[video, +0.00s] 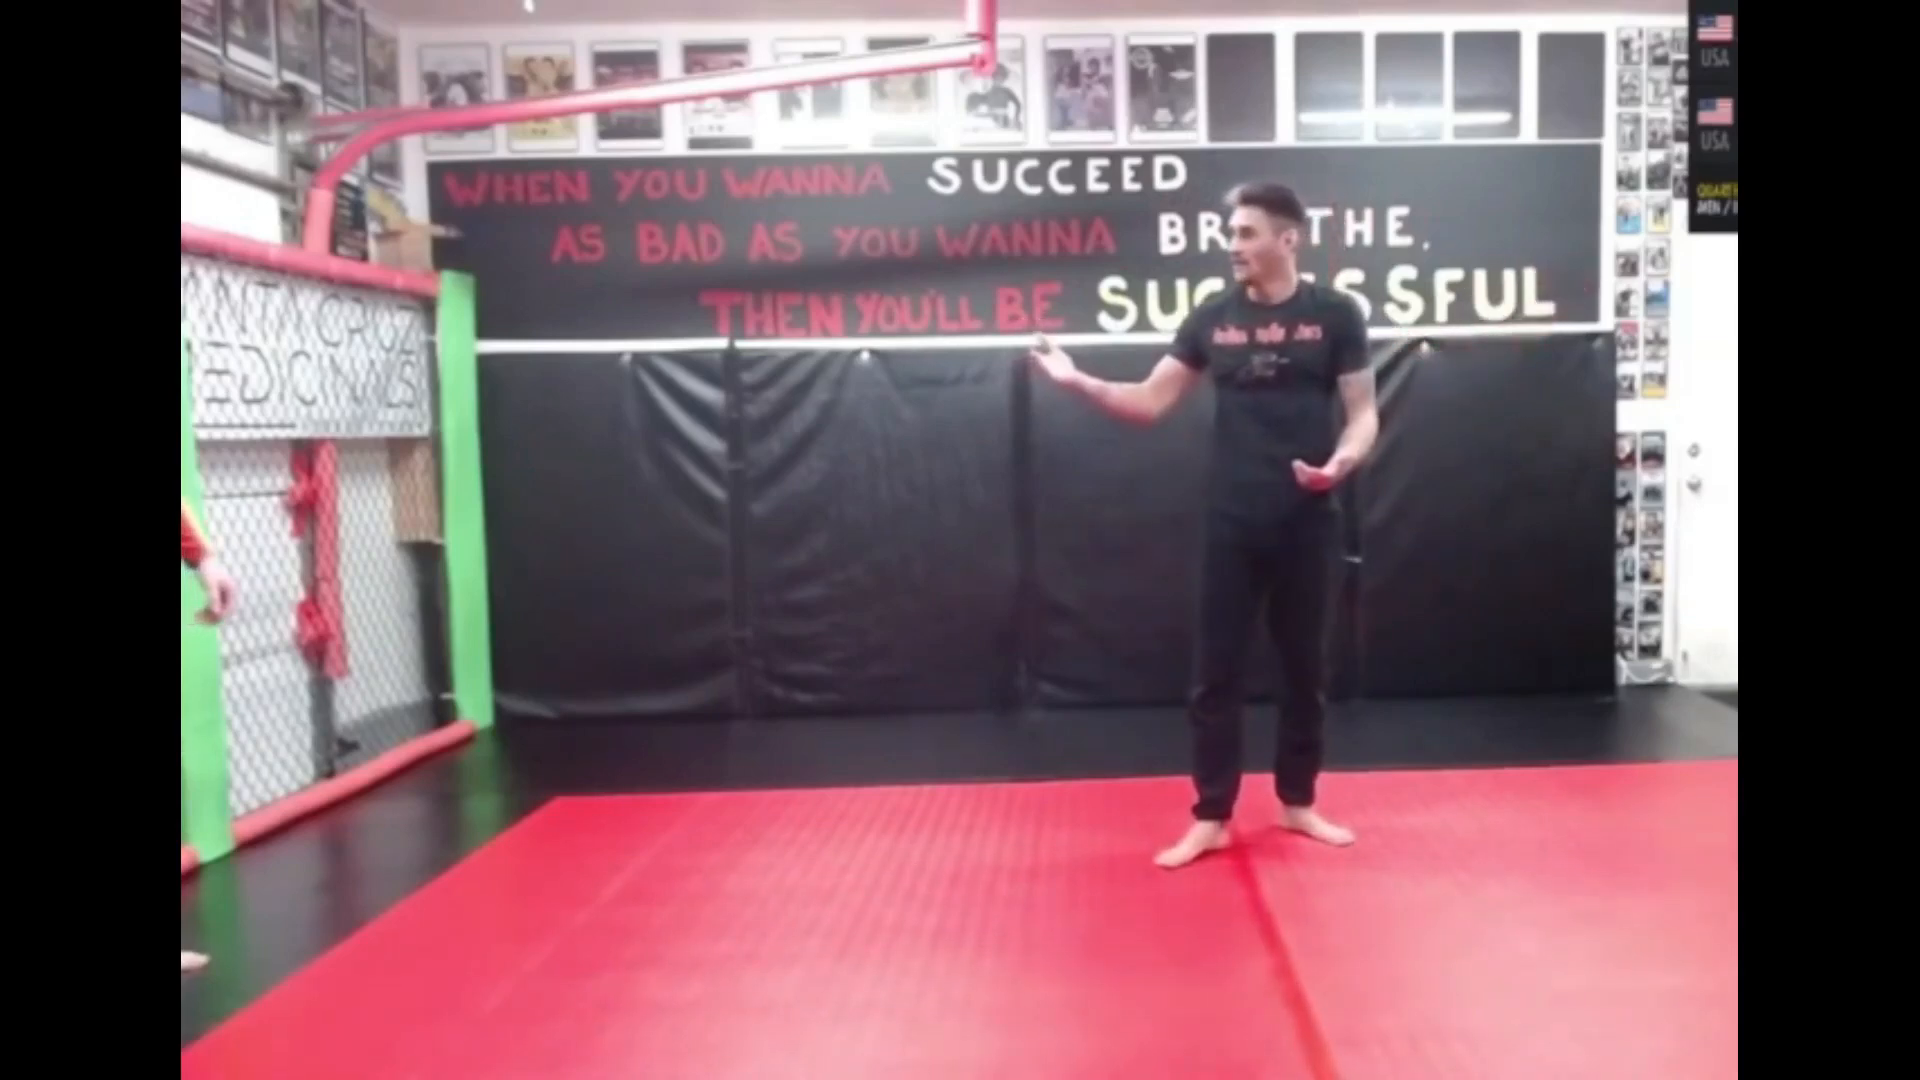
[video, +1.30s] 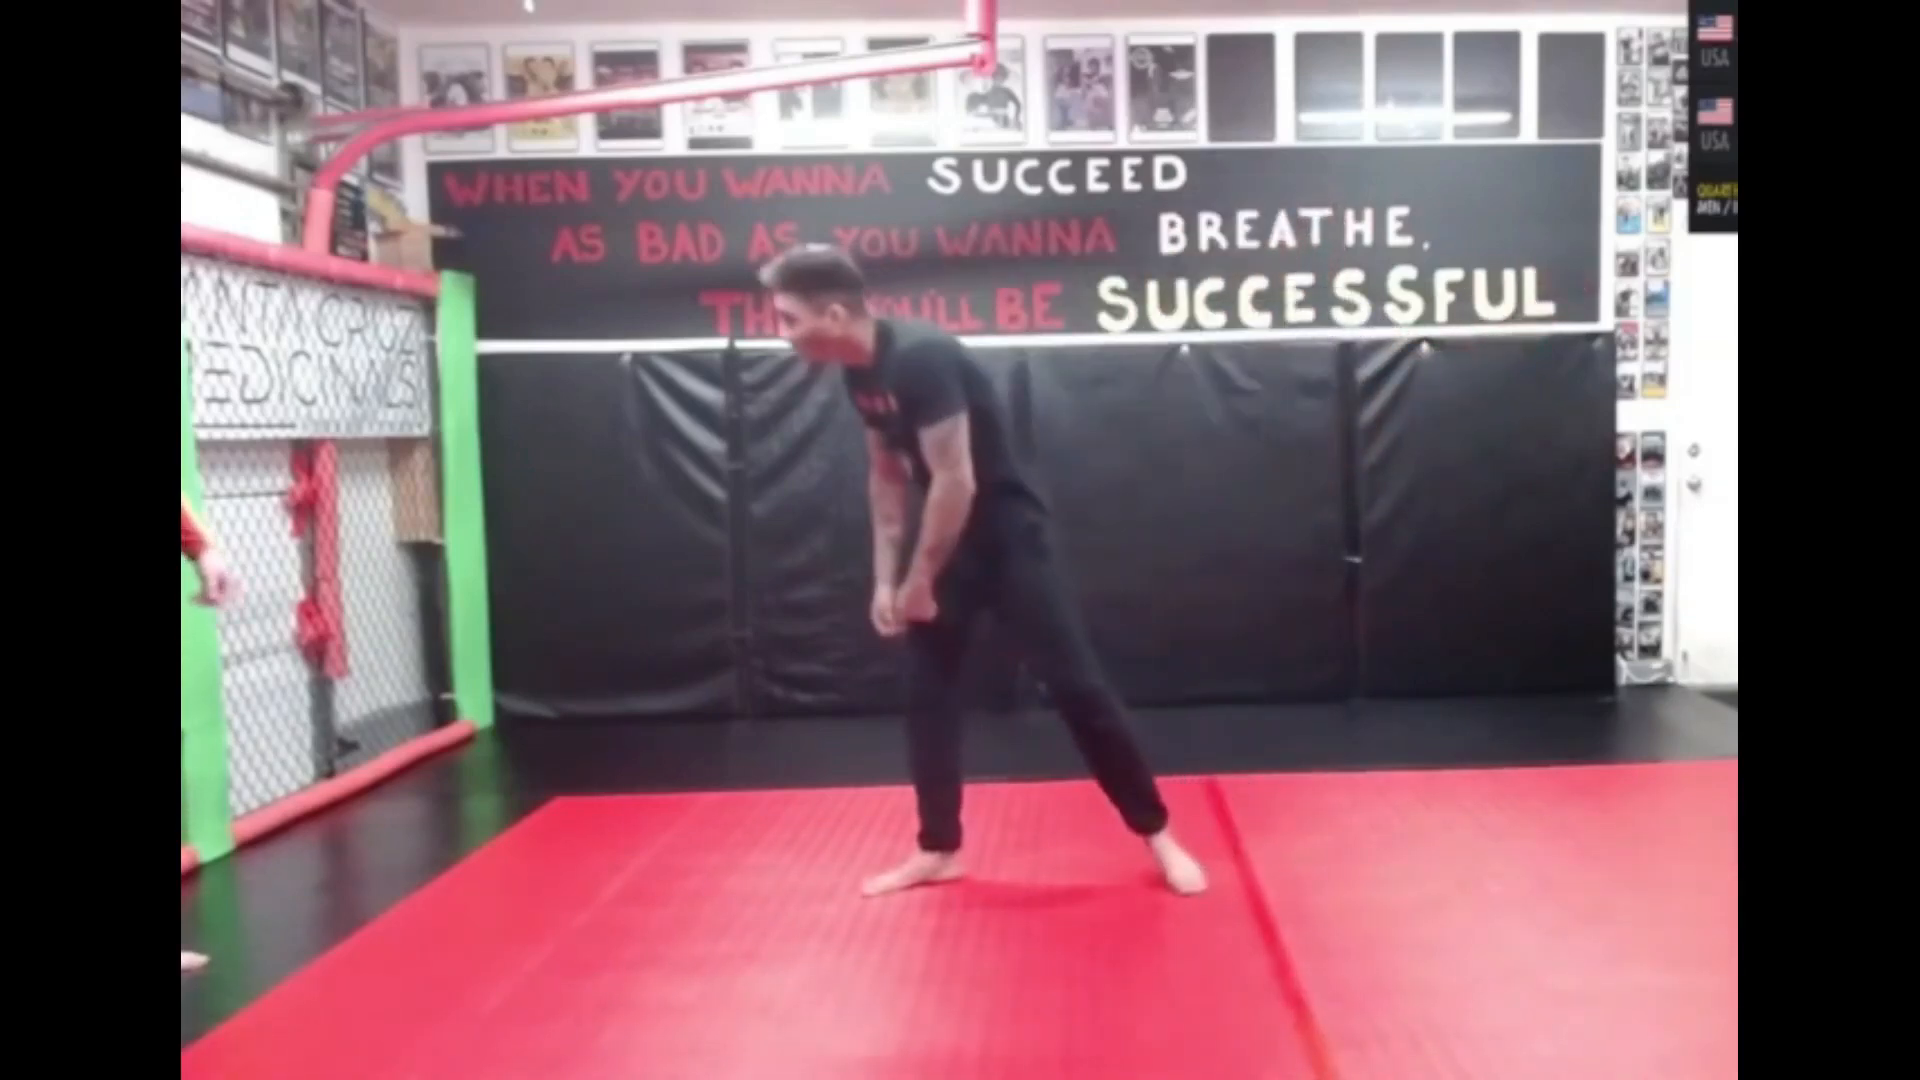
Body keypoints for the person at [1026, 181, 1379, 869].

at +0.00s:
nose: (1235, 245)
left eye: (1248, 233)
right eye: (1232, 234)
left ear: (1290, 238)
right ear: (1232, 240)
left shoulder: (1335, 315)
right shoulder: (1215, 317)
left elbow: (1363, 415)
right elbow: (1150, 400)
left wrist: (1340, 461)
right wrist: (1075, 379)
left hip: (1308, 515)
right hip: (1232, 514)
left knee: (1306, 666)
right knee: (1216, 669)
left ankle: (1298, 802)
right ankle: (1212, 817)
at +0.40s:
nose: (1207, 243)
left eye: (1222, 232)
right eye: (1207, 231)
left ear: (1264, 242)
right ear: (1215, 239)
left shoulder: (1307, 323)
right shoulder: (1189, 319)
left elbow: (1338, 426)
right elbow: (1136, 403)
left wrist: (1304, 483)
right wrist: (1076, 422)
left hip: (1272, 527)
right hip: (1192, 522)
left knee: (1292, 668)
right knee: (1151, 652)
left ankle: (1298, 805)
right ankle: (1150, 813)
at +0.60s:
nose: (1179, 252)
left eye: (1195, 240)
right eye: (1181, 239)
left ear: (1235, 256)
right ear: (1188, 253)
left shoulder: (1269, 333)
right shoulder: (1160, 334)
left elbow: (1315, 437)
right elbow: (1114, 417)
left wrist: (1274, 497)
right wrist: (1055, 457)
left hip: (1243, 536)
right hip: (1169, 532)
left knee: (1279, 673)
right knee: (1104, 658)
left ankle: (1295, 807)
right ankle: (1059, 823)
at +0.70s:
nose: (1084, 261)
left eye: (1102, 252)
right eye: (1086, 250)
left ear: (1145, 271)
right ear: (1086, 271)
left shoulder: (1180, 353)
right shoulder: (1078, 362)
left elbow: (1251, 443)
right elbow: (1042, 434)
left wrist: (1200, 512)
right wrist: (973, 479)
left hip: (1175, 553)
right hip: (1099, 554)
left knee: (1235, 678)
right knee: (1032, 679)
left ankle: (1290, 807)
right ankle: (961, 837)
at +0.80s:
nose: (970, 295)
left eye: (987, 280)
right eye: (968, 282)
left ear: (1037, 295)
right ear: (974, 297)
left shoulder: (1082, 371)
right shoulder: (994, 383)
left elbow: (1147, 467)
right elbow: (983, 469)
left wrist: (1116, 551)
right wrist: (916, 531)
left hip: (1104, 555)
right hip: (1033, 560)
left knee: (1175, 691)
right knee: (970, 685)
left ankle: (1264, 802)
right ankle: (943, 850)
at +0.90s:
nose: (873, 353)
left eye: (880, 337)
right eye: (869, 338)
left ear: (929, 328)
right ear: (913, 337)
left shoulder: (1008, 387)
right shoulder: (932, 404)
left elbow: (1055, 497)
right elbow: (945, 496)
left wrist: (1026, 613)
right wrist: (916, 588)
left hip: (1070, 541)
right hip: (1003, 543)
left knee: (1119, 695)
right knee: (945, 675)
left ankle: (1202, 831)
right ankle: (938, 847)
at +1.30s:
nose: (783, 335)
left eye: (790, 318)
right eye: (780, 320)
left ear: (840, 310)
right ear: (831, 315)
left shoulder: (923, 358)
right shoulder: (862, 375)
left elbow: (957, 482)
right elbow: (887, 474)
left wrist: (922, 577)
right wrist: (886, 577)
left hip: (1005, 532)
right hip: (942, 539)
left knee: (1072, 678)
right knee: (928, 685)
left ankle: (1158, 834)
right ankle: (939, 849)